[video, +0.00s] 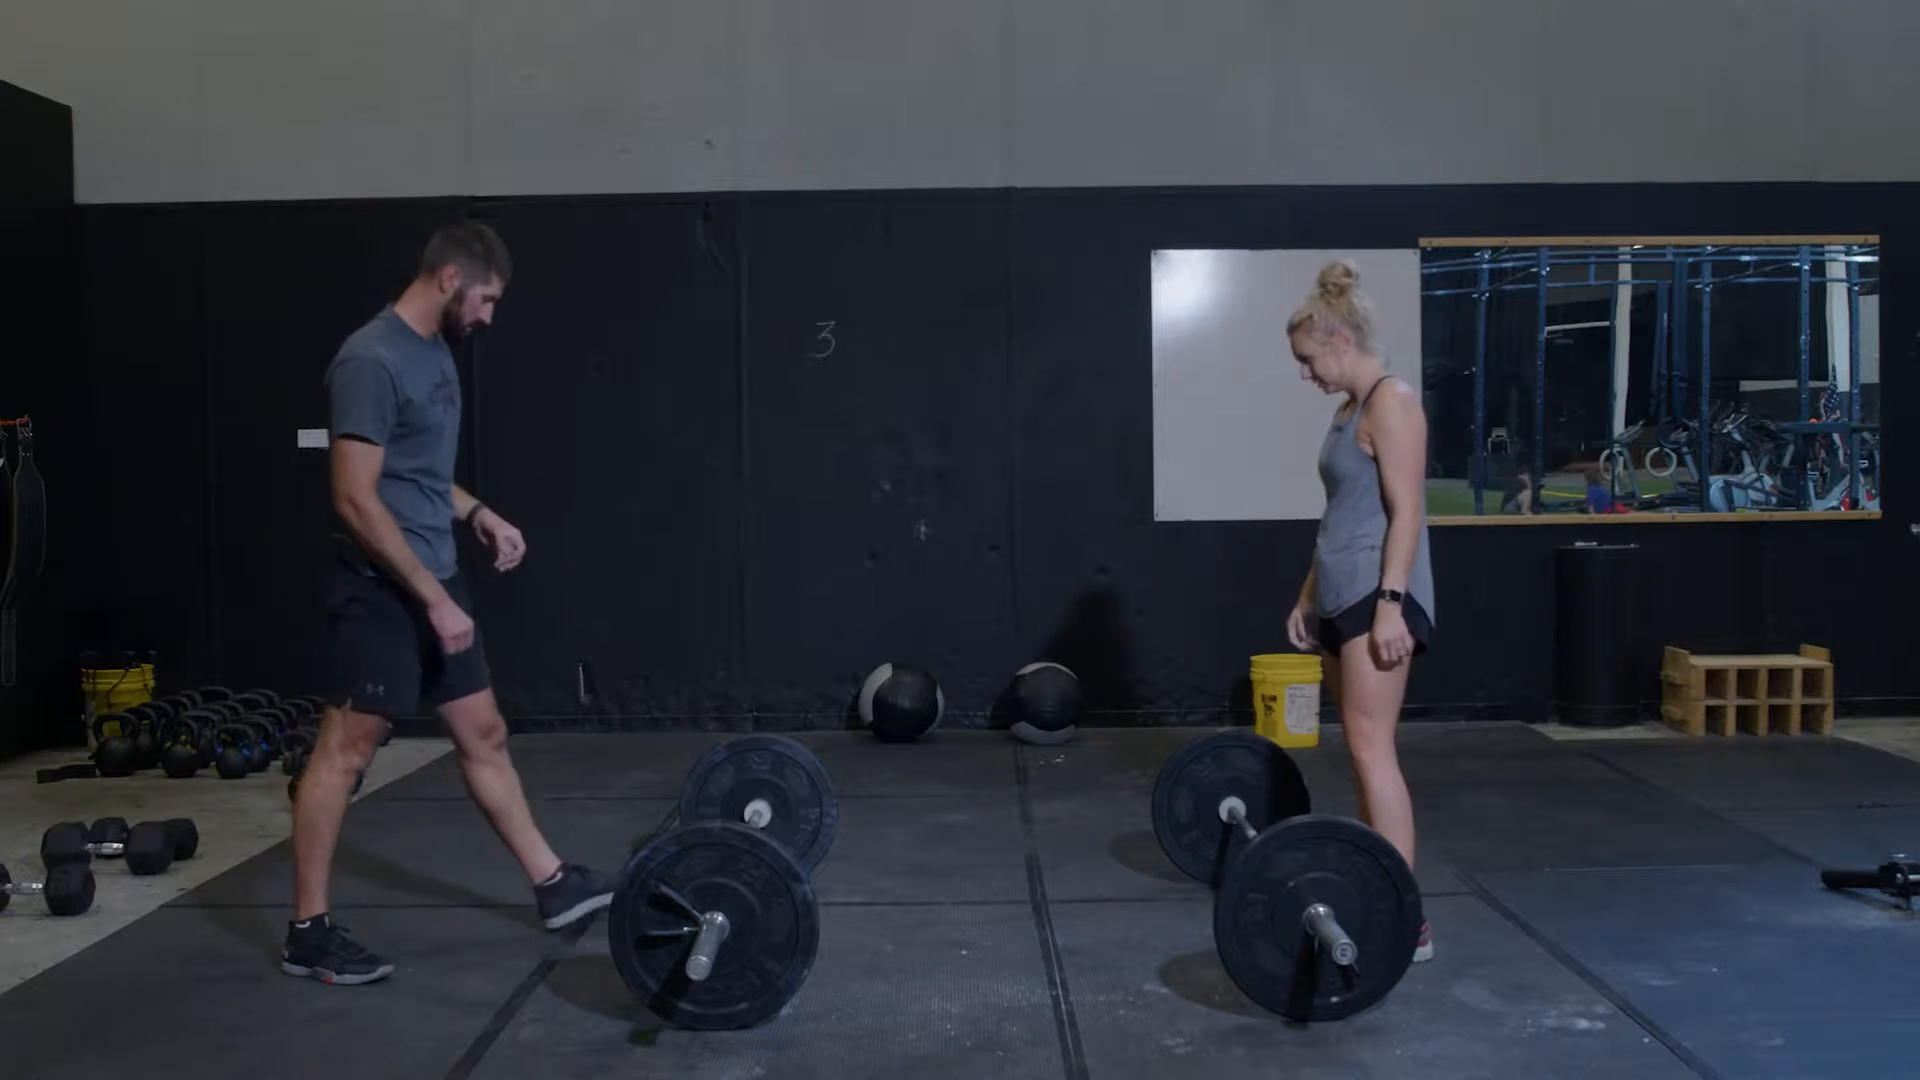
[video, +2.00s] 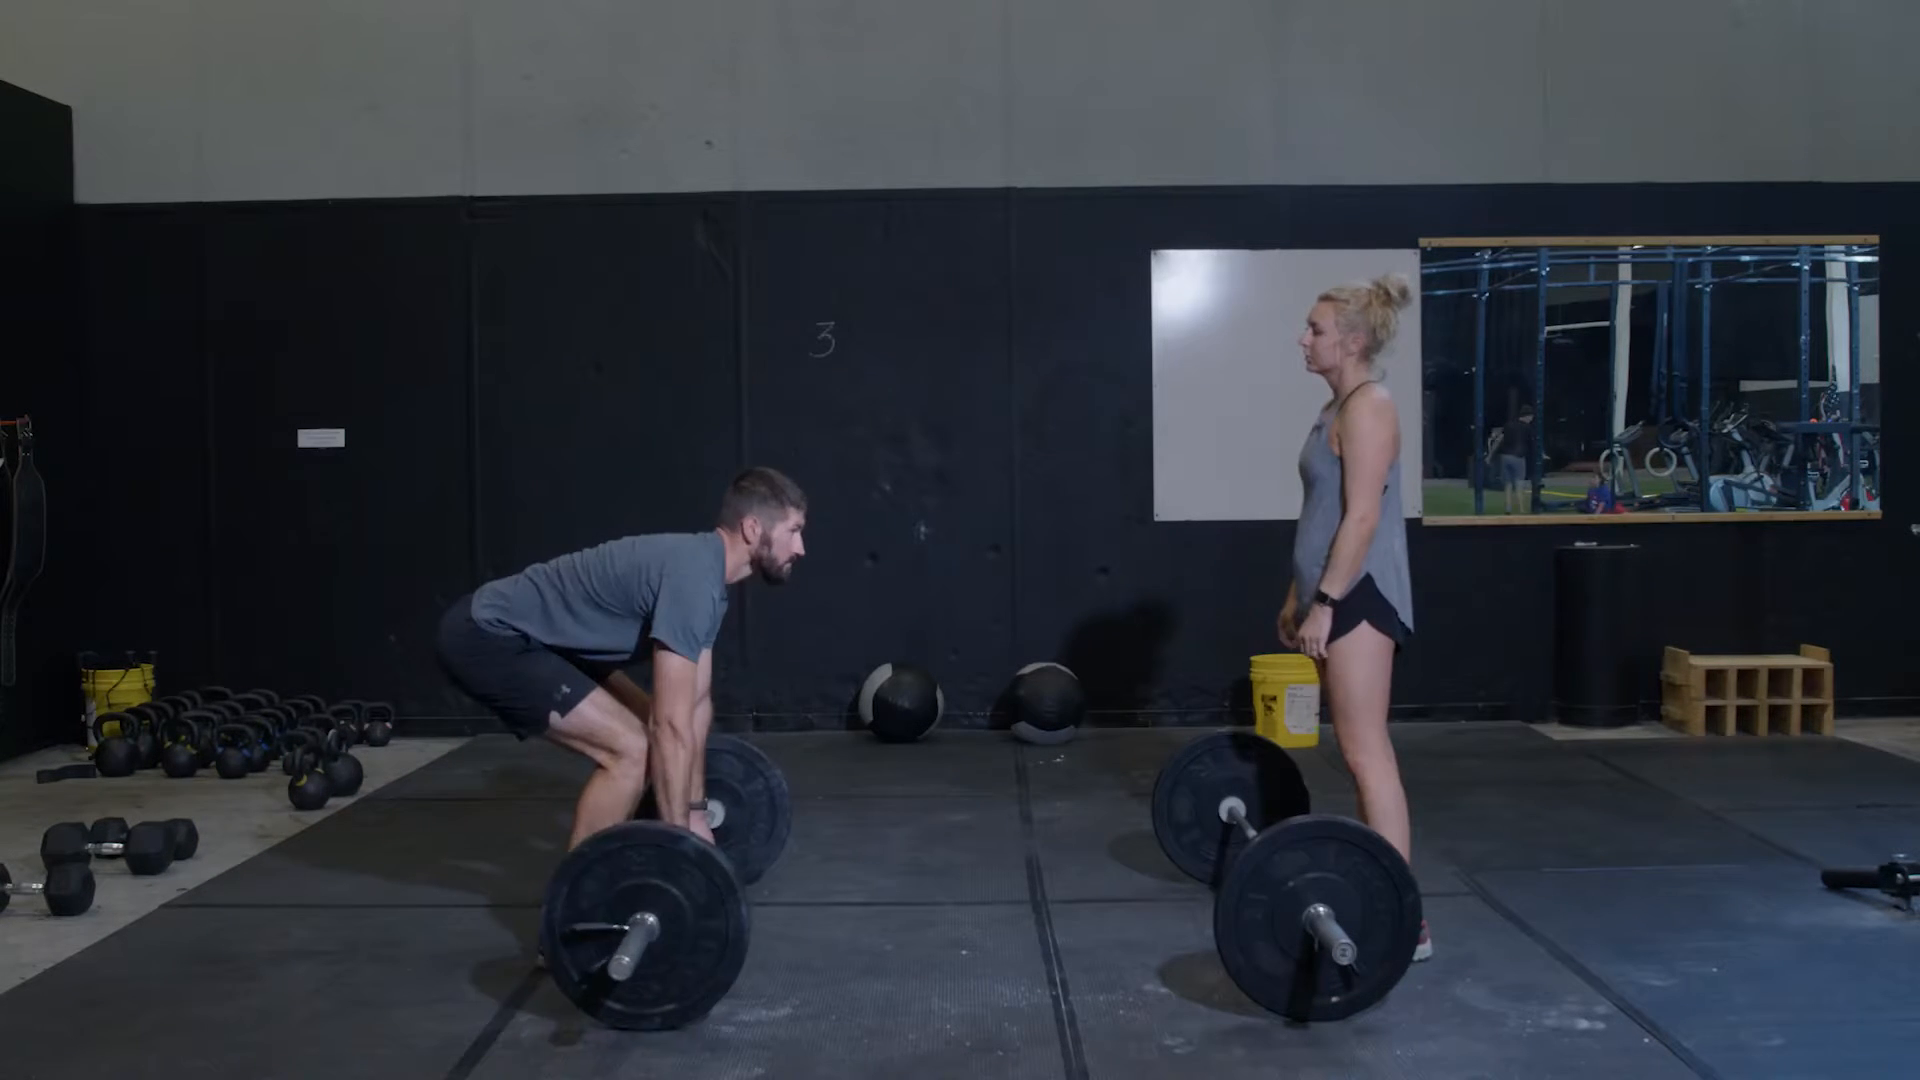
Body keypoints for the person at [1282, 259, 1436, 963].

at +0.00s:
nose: (1305, 372)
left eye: (1306, 359)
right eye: (1300, 362)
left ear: (1340, 339)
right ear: (1334, 342)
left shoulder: (1392, 401)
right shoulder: (1351, 410)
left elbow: (1407, 509)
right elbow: (1340, 521)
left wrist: (1390, 602)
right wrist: (1310, 595)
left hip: (1377, 595)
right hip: (1344, 595)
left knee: (1371, 748)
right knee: (1363, 748)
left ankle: (1400, 913)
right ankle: (1381, 903)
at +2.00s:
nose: (1304, 340)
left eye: (1317, 330)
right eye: (1308, 328)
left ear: (1354, 341)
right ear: (1342, 342)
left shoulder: (1369, 407)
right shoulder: (1337, 409)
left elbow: (1364, 517)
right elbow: (1323, 516)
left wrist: (1325, 601)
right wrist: (1300, 592)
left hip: (1363, 596)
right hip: (1339, 594)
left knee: (1367, 751)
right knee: (1360, 750)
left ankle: (1400, 912)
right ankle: (1385, 904)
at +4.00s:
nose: (1315, 333)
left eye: (1328, 324)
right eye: (1319, 322)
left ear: (1364, 337)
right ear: (1354, 338)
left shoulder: (1376, 404)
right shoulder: (1350, 407)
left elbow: (1370, 515)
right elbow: (1334, 516)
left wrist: (1331, 600)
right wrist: (1308, 593)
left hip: (1368, 596)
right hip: (1346, 594)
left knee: (1372, 751)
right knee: (1365, 751)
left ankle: (1399, 913)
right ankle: (1384, 906)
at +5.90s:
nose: (1326, 326)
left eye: (1340, 319)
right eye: (1331, 315)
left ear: (1373, 336)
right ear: (1367, 336)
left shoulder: (1379, 400)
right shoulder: (1361, 403)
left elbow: (1371, 507)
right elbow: (1351, 512)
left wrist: (1333, 593)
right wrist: (1320, 599)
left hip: (1371, 595)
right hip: (1349, 596)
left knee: (1383, 751)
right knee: (1361, 751)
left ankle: (1402, 914)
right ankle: (1377, 904)